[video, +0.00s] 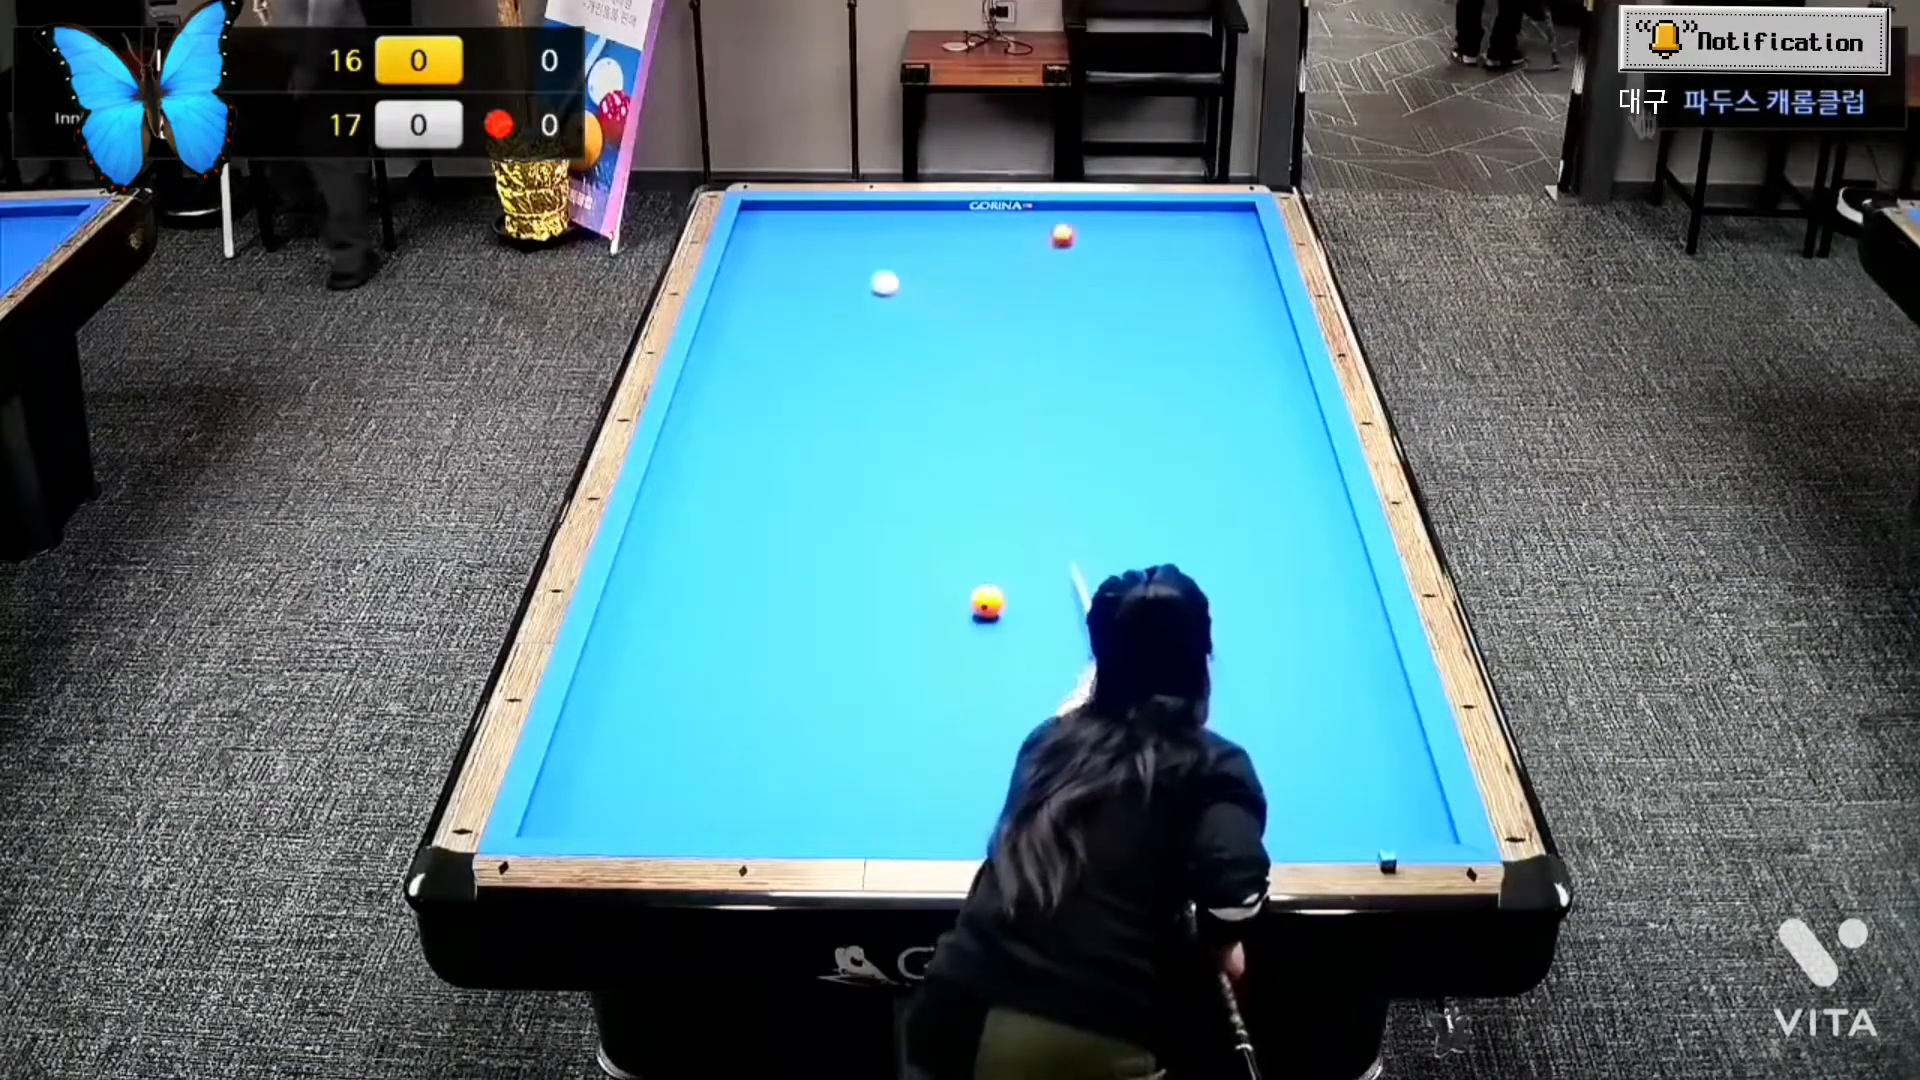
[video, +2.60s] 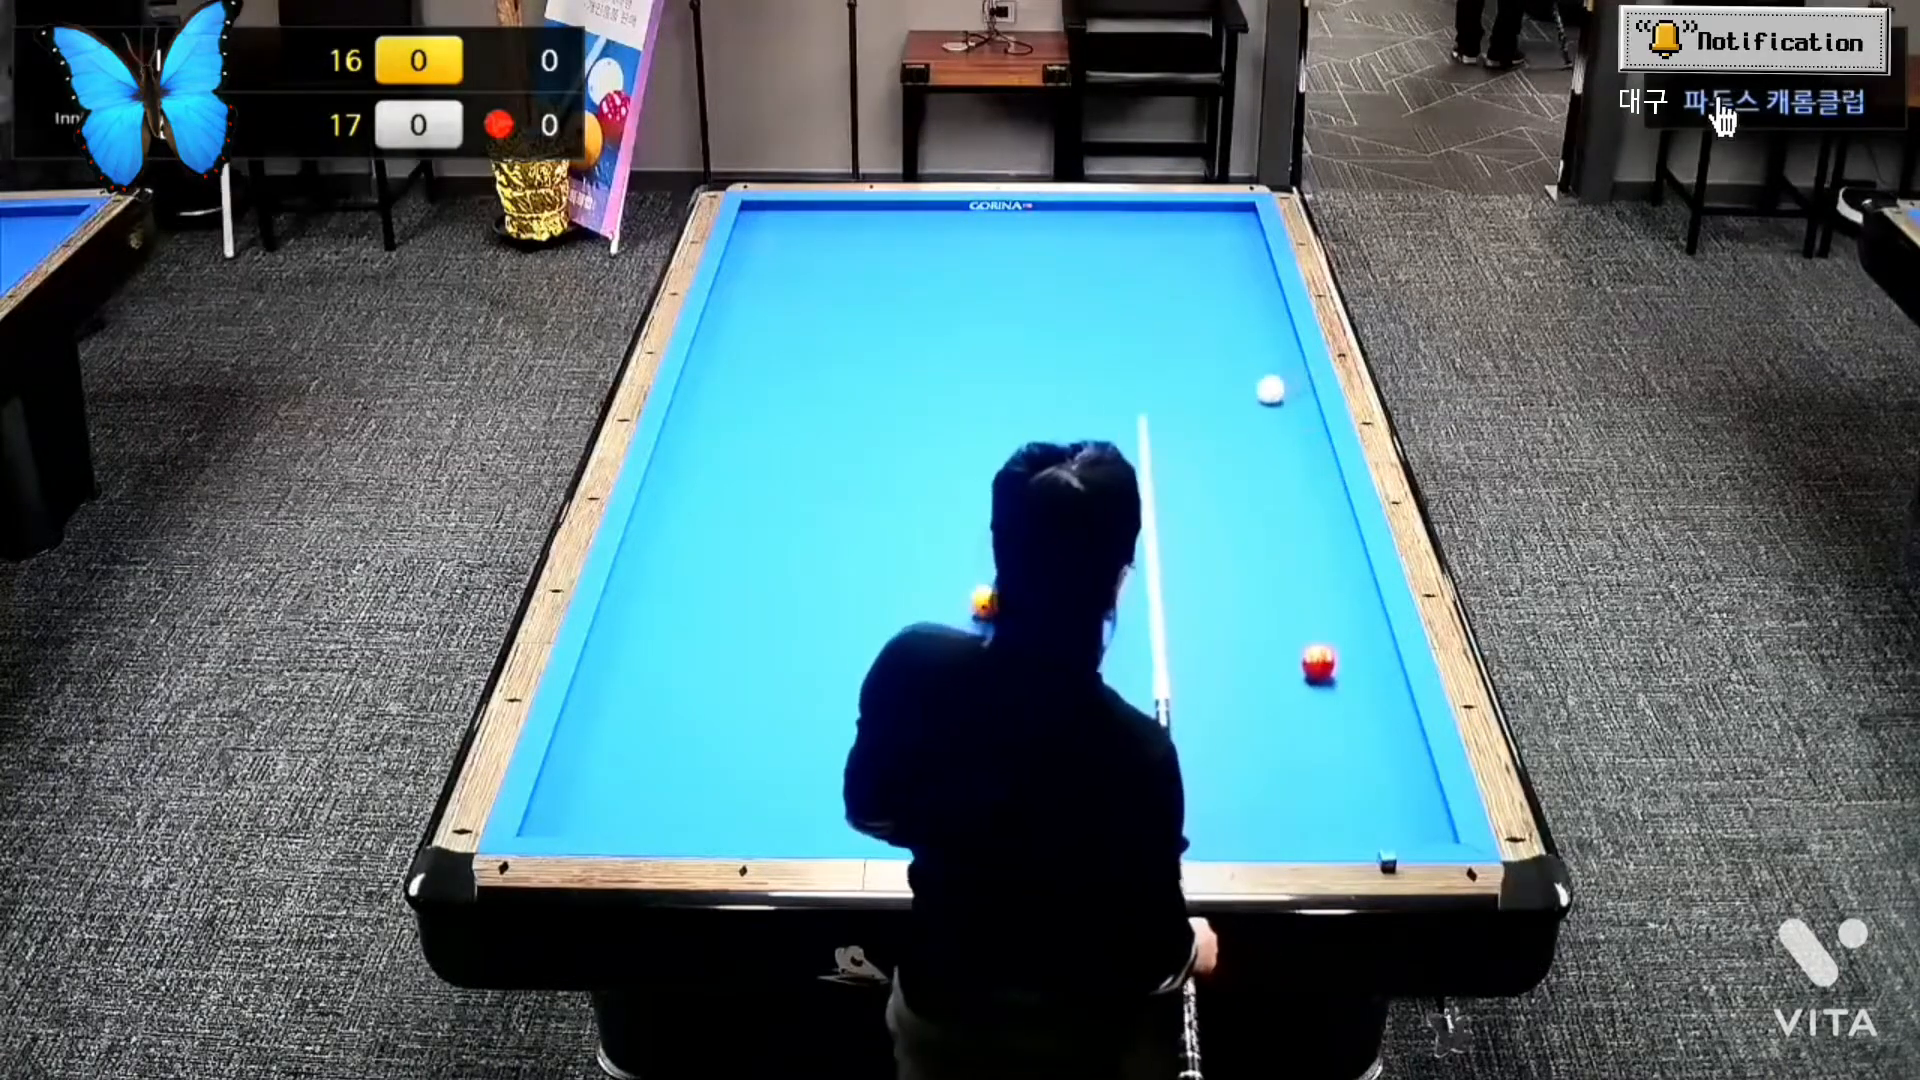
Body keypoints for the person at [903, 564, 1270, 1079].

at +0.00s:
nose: (1208, 660)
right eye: (1203, 648)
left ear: (1103, 656)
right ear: (1196, 658)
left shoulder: (1049, 740)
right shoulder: (1217, 764)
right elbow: (1232, 874)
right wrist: (1223, 943)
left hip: (988, 1012)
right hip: (1112, 1029)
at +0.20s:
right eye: (1195, 637)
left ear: (1096, 645)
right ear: (1189, 649)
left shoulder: (1043, 732)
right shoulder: (1209, 755)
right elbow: (1223, 873)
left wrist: (1077, 704)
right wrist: (1220, 937)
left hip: (981, 1008)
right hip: (1109, 1023)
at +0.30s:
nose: (1194, 641)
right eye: (1189, 629)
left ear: (1089, 637)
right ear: (1183, 639)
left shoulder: (1036, 728)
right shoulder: (1201, 748)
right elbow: (1214, 872)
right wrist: (1213, 934)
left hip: (971, 1006)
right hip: (1100, 1018)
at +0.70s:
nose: (1164, 564)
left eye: (1160, 548)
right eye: (1162, 550)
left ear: (1058, 556)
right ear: (1147, 562)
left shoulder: (1002, 653)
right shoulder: (1166, 695)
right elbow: (1167, 872)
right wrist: (1193, 911)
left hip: (939, 982)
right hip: (1060, 1005)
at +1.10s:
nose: (1146, 511)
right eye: (1144, 497)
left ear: (1027, 501)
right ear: (1138, 517)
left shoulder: (967, 615)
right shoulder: (1148, 673)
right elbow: (1140, 866)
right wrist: (1170, 913)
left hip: (956, 959)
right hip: (1080, 978)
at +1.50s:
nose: (1174, 540)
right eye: (1173, 526)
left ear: (1045, 526)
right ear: (1169, 543)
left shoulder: (986, 626)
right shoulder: (1191, 715)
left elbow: (933, 771)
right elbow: (1192, 924)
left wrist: (981, 858)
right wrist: (1219, 951)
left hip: (990, 987)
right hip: (1133, 1005)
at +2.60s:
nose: (1124, 577)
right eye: (1124, 561)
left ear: (1000, 554)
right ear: (1115, 577)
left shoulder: (916, 663)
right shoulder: (1138, 751)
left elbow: (868, 808)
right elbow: (1148, 946)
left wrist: (965, 835)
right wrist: (1190, 945)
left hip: (941, 1018)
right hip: (1091, 1028)